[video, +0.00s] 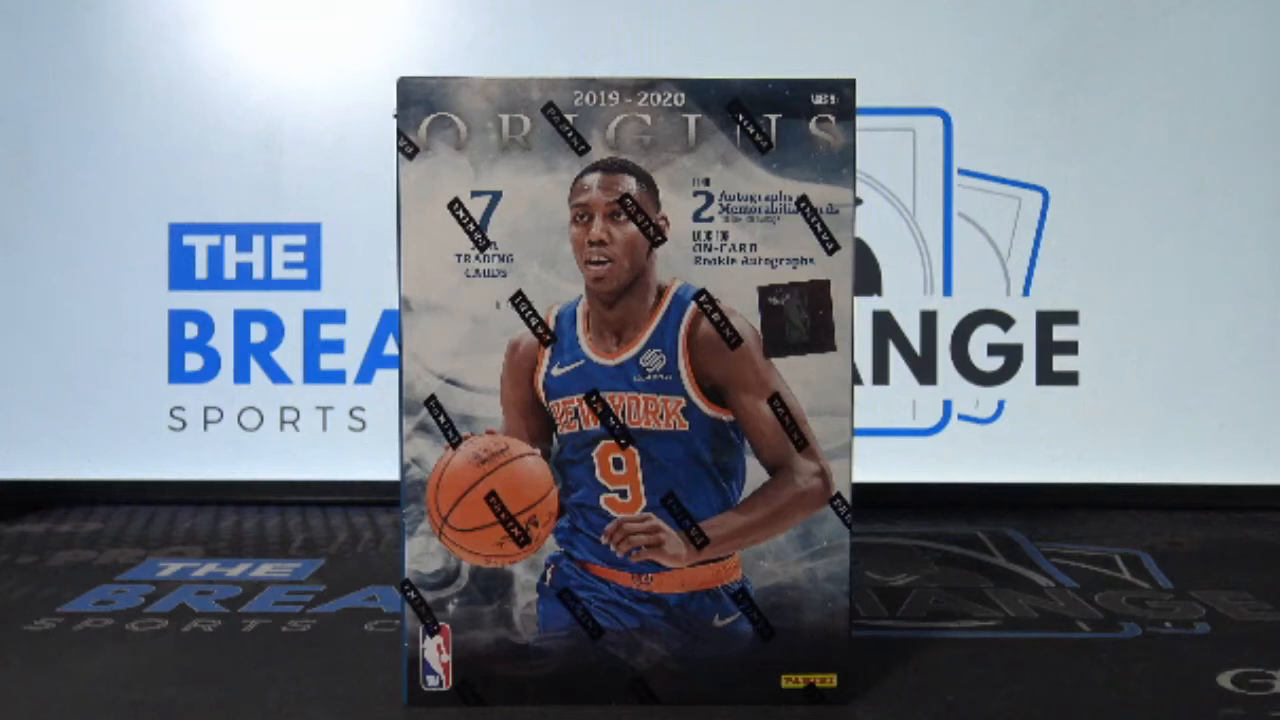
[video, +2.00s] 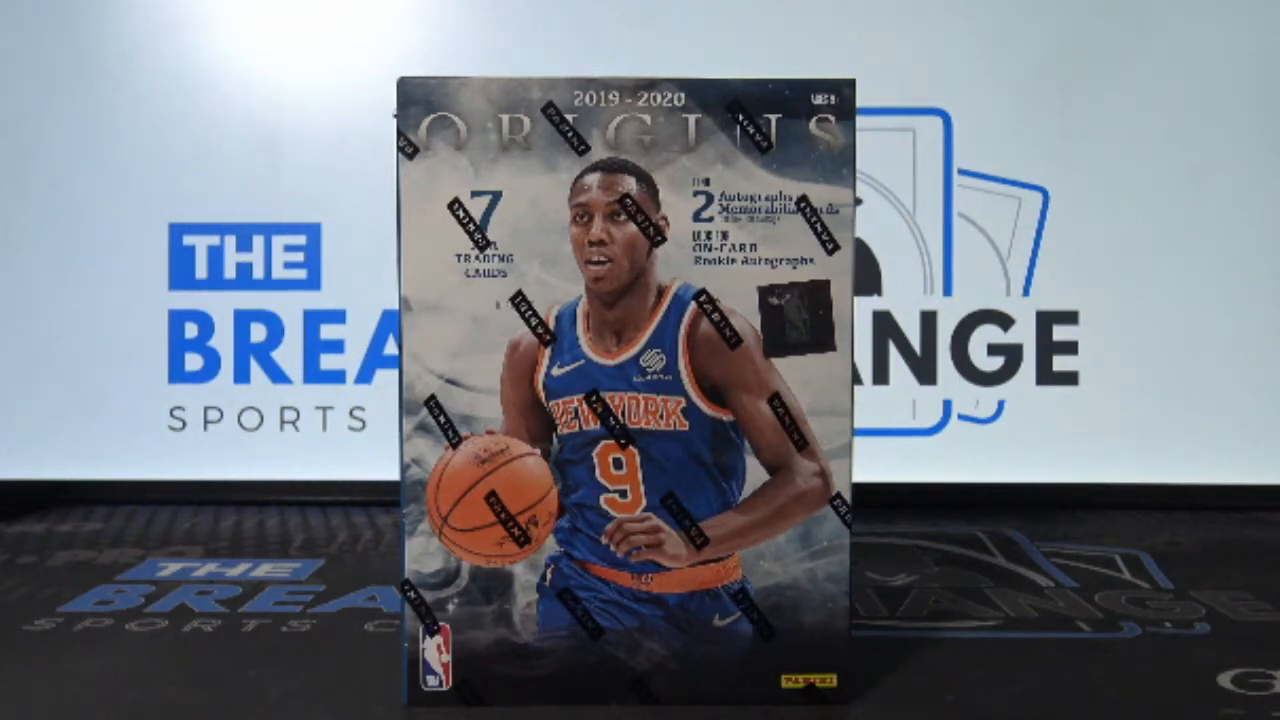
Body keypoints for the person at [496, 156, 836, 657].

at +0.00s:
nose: (595, 235)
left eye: (618, 216)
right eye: (581, 218)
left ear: (657, 230)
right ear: (569, 232)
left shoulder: (711, 334)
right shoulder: (534, 353)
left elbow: (809, 477)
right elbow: (527, 489)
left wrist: (696, 541)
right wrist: (476, 475)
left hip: (699, 613)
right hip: (584, 608)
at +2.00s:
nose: (595, 235)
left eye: (617, 216)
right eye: (581, 218)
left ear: (657, 230)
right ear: (569, 232)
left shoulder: (713, 334)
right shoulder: (534, 353)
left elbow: (809, 476)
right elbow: (526, 487)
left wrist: (695, 542)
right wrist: (474, 474)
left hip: (698, 611)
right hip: (584, 604)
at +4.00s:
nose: (595, 234)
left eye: (618, 216)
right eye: (582, 218)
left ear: (658, 229)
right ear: (569, 232)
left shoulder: (712, 334)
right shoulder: (534, 353)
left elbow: (809, 476)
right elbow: (526, 487)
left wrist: (695, 543)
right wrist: (480, 469)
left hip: (697, 613)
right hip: (582, 607)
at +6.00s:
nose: (595, 234)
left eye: (617, 216)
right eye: (582, 218)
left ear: (657, 230)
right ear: (570, 231)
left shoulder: (712, 334)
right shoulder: (534, 352)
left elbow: (809, 476)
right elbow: (525, 486)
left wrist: (694, 543)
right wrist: (478, 469)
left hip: (697, 611)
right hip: (583, 604)